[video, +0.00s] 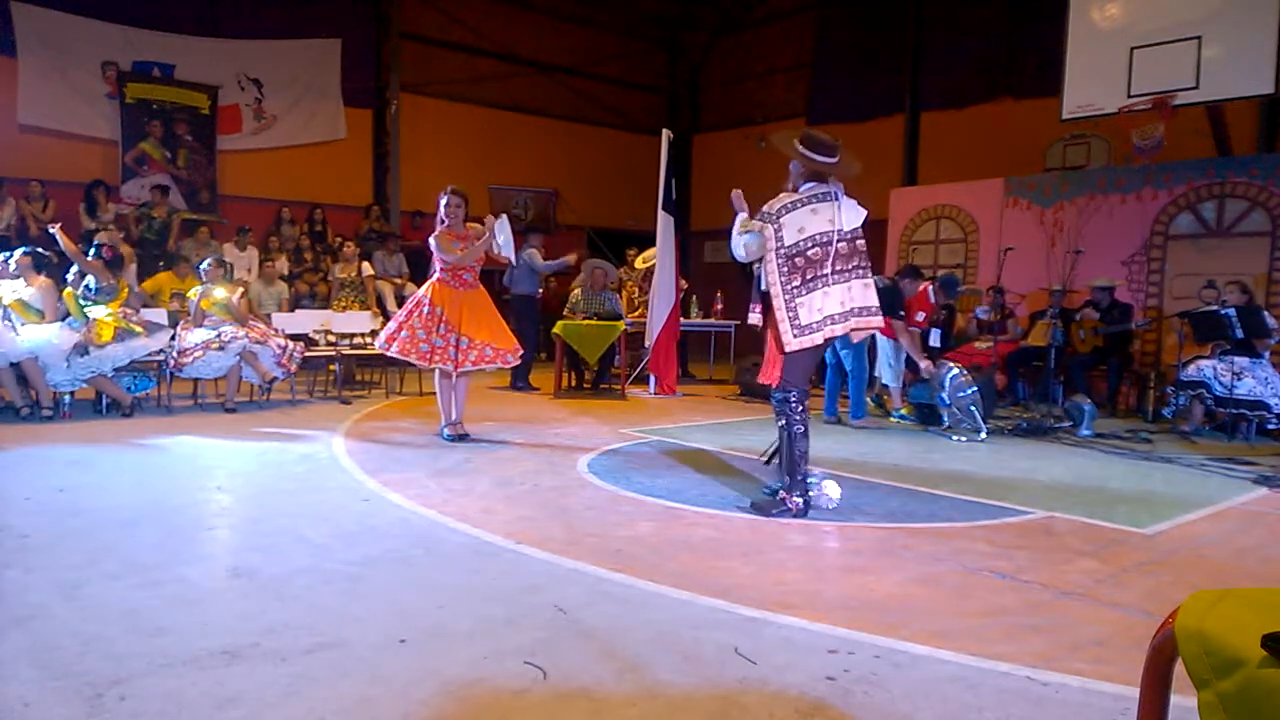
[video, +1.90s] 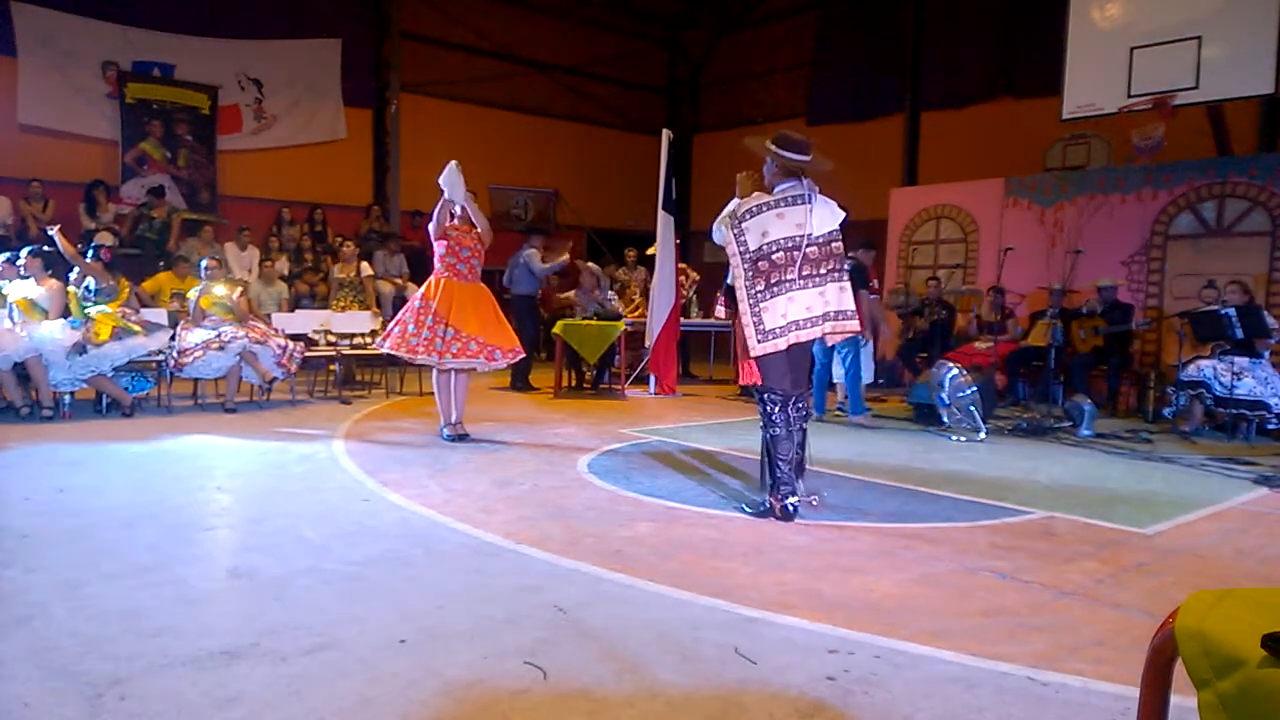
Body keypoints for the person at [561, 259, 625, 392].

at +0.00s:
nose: (600, 278)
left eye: (602, 275)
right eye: (598, 274)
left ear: (606, 278)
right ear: (591, 277)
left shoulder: (612, 296)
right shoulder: (577, 293)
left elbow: (620, 316)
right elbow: (565, 313)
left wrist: (599, 317)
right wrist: (576, 317)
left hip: (603, 332)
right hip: (581, 331)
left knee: (610, 349)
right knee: (570, 346)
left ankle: (597, 380)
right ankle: (579, 378)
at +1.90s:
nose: (583, 278)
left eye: (587, 275)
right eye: (582, 275)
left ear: (595, 279)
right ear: (579, 277)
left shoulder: (607, 295)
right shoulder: (575, 294)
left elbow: (616, 311)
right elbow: (555, 299)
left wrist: (600, 300)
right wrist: (571, 301)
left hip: (601, 330)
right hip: (579, 330)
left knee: (610, 348)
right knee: (570, 346)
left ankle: (597, 380)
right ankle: (579, 377)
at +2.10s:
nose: (578, 278)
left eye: (582, 275)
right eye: (579, 275)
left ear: (592, 278)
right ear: (578, 277)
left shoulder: (608, 294)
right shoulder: (575, 295)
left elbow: (618, 311)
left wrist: (600, 305)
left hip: (602, 331)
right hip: (580, 331)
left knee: (610, 348)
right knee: (570, 344)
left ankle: (597, 380)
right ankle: (579, 377)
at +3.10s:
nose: (594, 276)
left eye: (597, 273)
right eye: (593, 273)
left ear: (605, 278)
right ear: (588, 275)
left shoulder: (612, 297)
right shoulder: (579, 293)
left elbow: (621, 315)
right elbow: (565, 309)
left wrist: (600, 314)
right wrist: (578, 303)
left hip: (603, 332)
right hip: (580, 331)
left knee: (609, 348)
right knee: (571, 345)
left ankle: (597, 381)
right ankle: (579, 379)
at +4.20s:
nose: (595, 276)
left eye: (599, 273)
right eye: (593, 272)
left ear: (606, 277)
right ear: (590, 275)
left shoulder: (613, 296)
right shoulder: (580, 291)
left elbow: (620, 314)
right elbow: (569, 305)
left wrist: (606, 303)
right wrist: (583, 299)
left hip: (603, 329)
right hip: (582, 327)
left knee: (610, 348)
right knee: (570, 345)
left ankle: (597, 379)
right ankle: (579, 376)